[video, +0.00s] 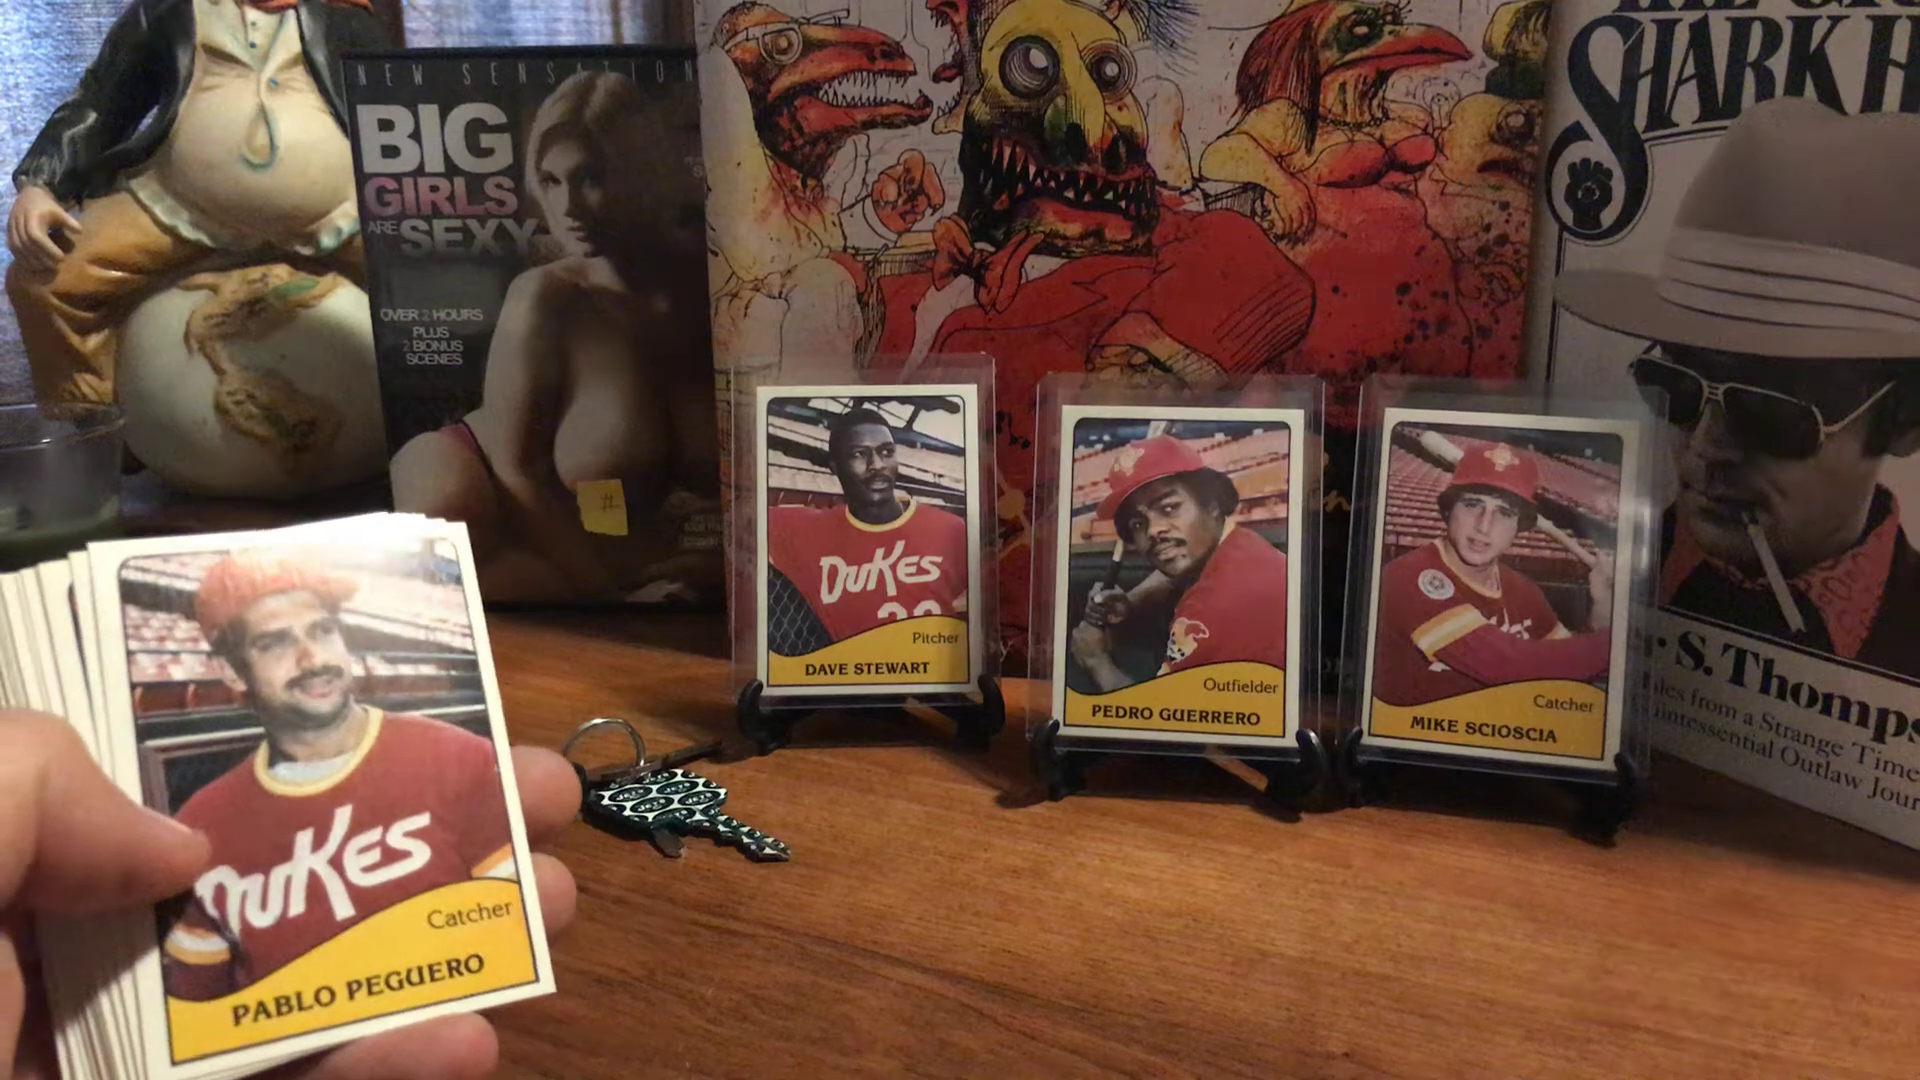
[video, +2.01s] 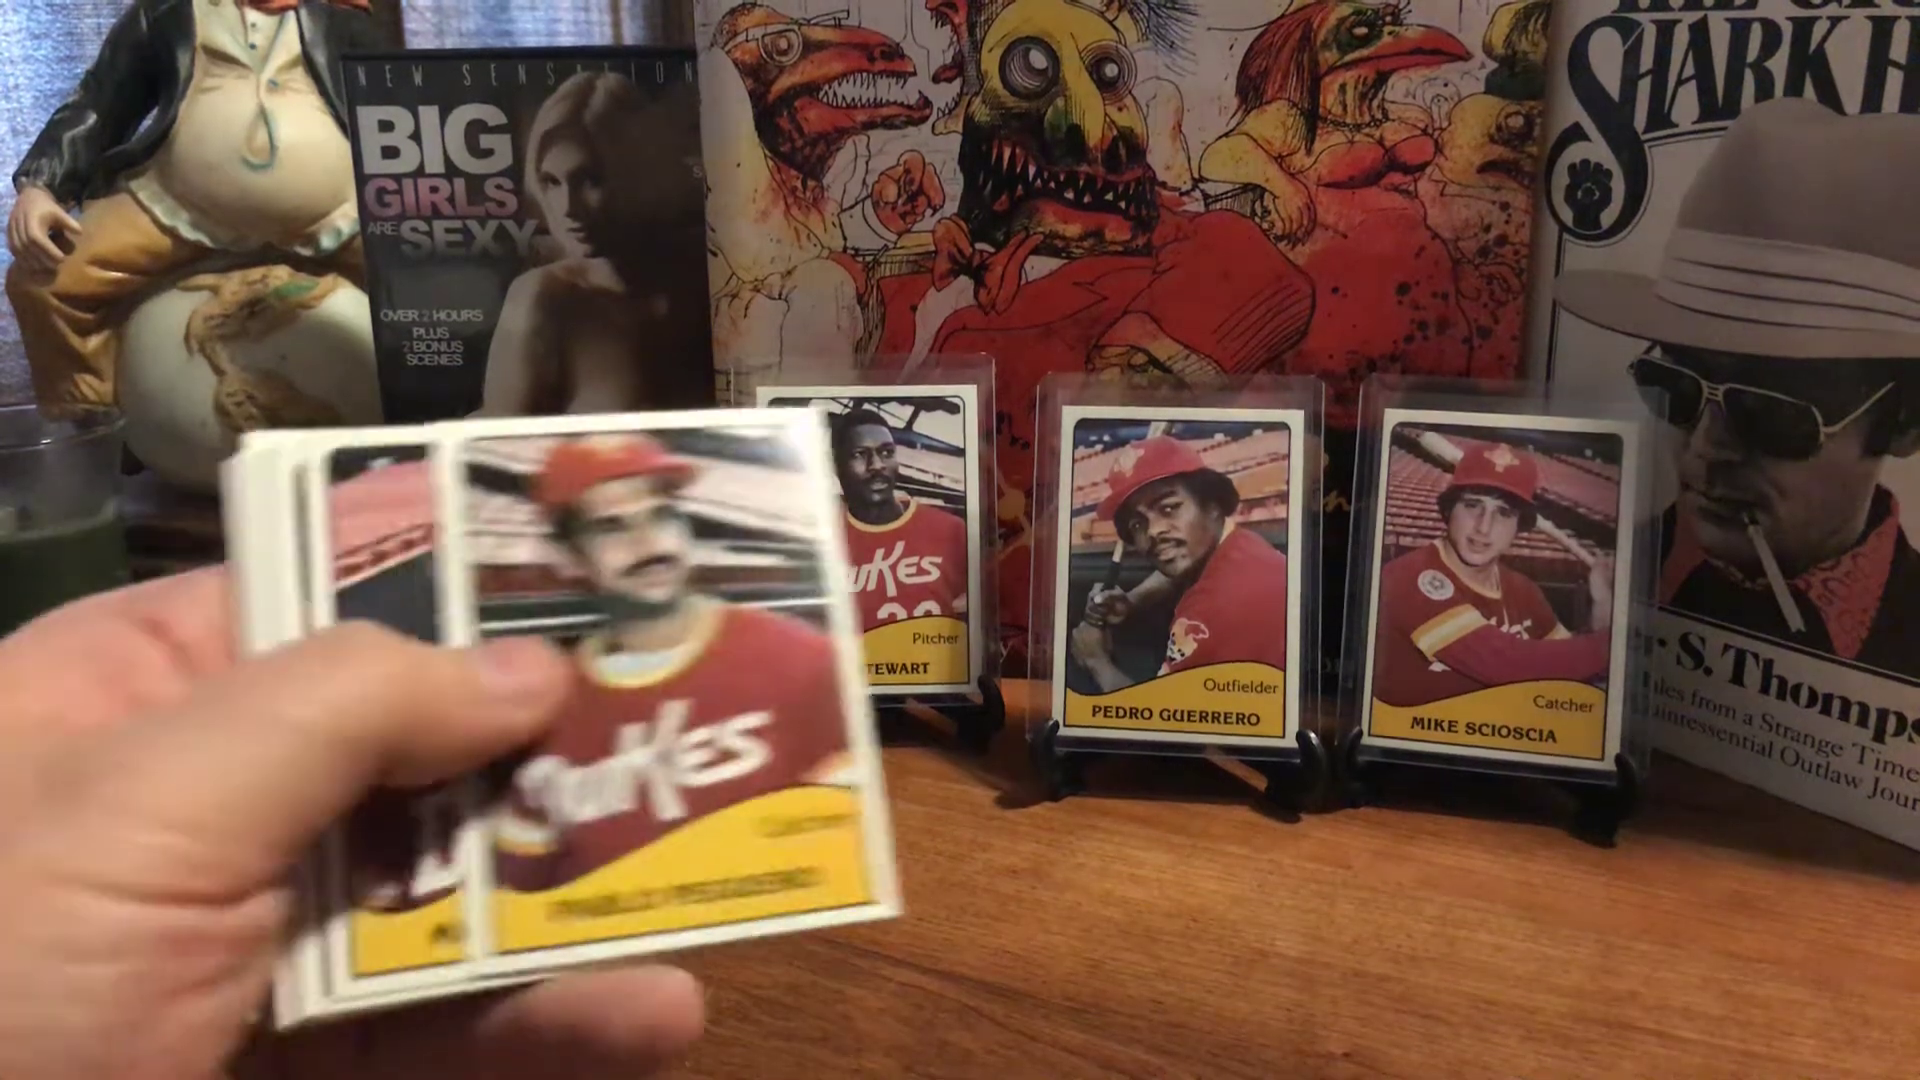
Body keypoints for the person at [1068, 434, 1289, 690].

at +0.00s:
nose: (1154, 530)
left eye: (1169, 507)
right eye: (1138, 524)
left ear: (1212, 505)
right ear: (1133, 541)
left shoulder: (1212, 609)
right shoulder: (1245, 545)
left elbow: (1160, 721)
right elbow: (1183, 565)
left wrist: (1097, 662)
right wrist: (1132, 602)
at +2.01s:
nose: (1155, 530)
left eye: (1169, 508)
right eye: (1139, 524)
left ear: (1213, 507)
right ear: (1134, 541)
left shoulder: (1210, 609)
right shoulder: (1247, 544)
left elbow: (1160, 721)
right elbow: (1183, 566)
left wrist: (1097, 661)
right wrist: (1132, 602)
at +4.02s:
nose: (1156, 531)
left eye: (1171, 508)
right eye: (1140, 523)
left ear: (1215, 503)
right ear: (1133, 540)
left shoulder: (1214, 605)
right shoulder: (1252, 546)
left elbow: (1160, 719)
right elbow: (1186, 564)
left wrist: (1098, 662)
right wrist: (1133, 602)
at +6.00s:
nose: (1156, 530)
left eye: (1170, 508)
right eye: (1140, 522)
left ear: (1213, 504)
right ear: (1133, 539)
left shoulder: (1212, 605)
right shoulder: (1248, 544)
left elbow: (1160, 720)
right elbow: (1185, 564)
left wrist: (1098, 662)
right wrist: (1132, 602)